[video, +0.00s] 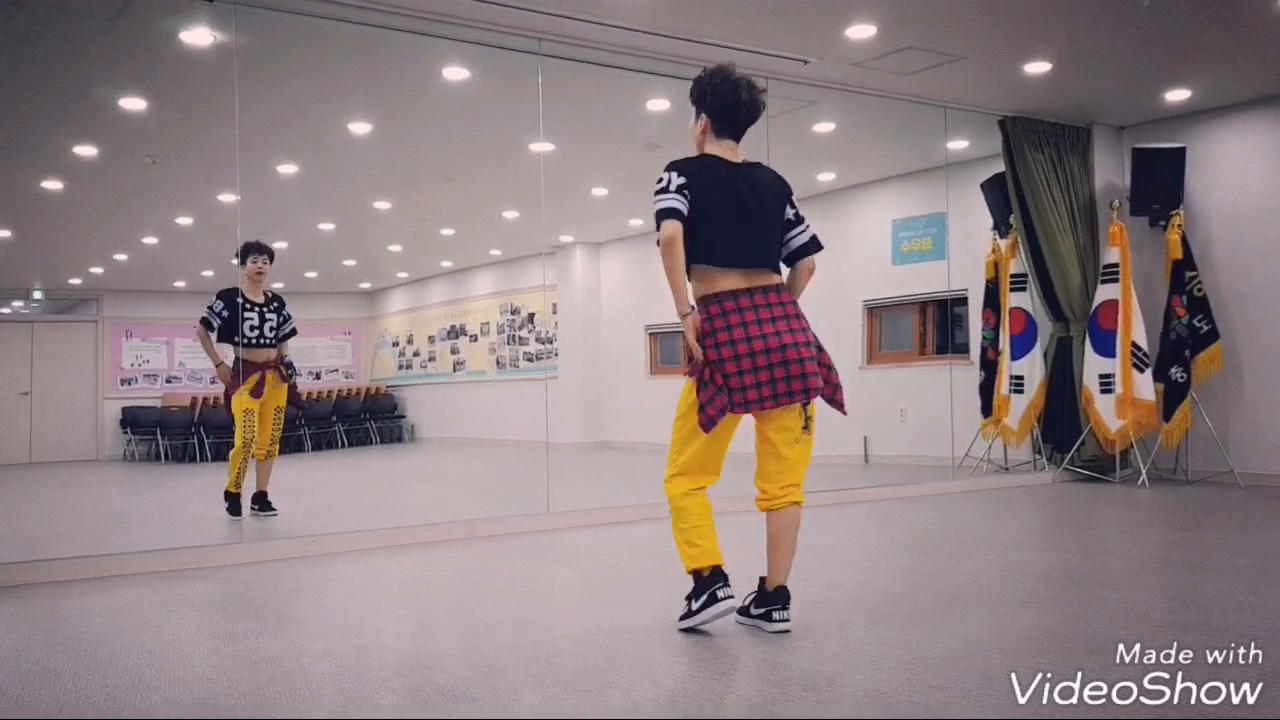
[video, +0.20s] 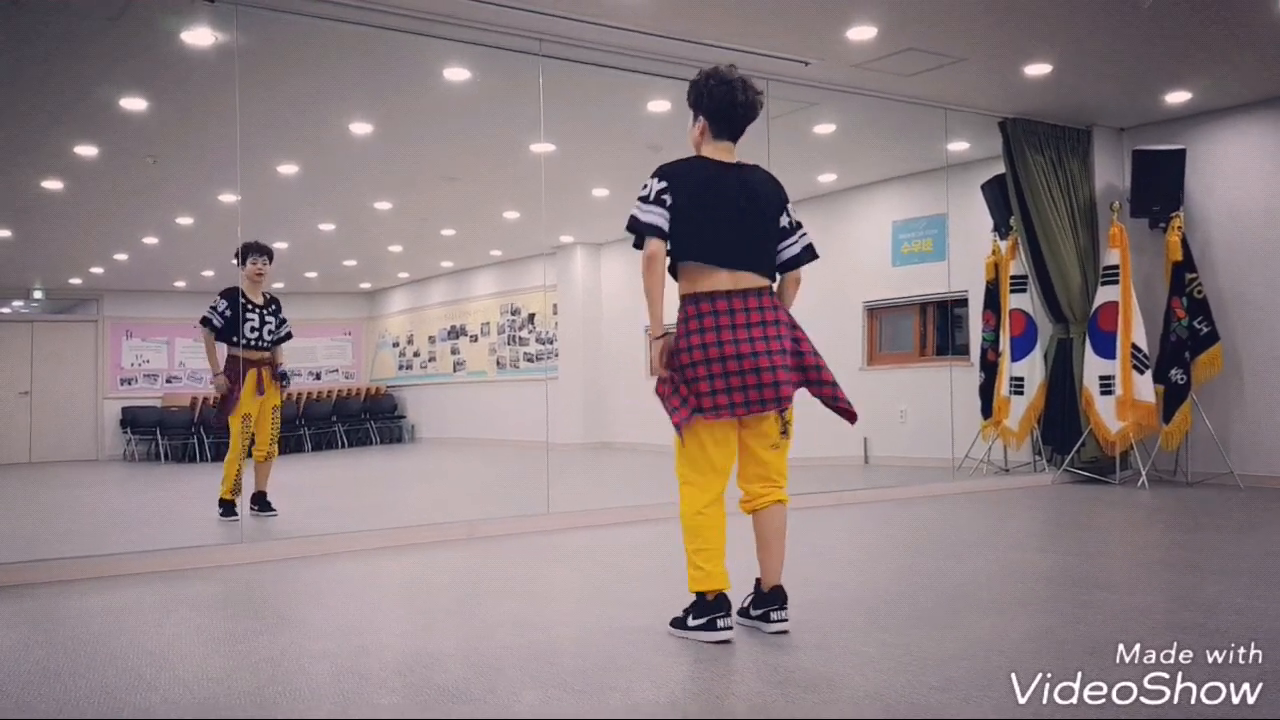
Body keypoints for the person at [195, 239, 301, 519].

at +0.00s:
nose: (260, 266)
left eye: (265, 262)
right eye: (253, 261)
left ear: (270, 268)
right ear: (242, 267)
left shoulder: (276, 301)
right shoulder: (229, 298)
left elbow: (283, 340)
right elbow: (203, 330)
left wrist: (285, 362)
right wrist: (219, 364)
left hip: (276, 373)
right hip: (246, 373)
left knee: (270, 440)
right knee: (246, 441)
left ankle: (261, 495)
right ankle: (233, 493)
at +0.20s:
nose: (259, 268)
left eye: (264, 263)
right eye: (253, 263)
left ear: (270, 269)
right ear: (242, 267)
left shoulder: (273, 303)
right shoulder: (230, 297)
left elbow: (277, 343)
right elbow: (207, 332)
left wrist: (281, 368)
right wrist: (217, 373)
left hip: (269, 372)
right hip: (241, 372)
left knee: (268, 439)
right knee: (240, 440)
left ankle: (260, 496)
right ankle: (228, 498)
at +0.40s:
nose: (262, 283)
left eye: (267, 277)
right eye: (256, 277)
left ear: (272, 276)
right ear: (245, 273)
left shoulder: (274, 304)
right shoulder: (229, 299)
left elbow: (277, 343)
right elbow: (210, 335)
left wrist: (274, 369)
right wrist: (227, 371)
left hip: (263, 377)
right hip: (235, 376)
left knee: (278, 440)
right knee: (231, 443)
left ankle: (261, 493)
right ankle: (226, 500)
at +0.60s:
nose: (265, 271)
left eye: (270, 267)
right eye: (259, 266)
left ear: (275, 273)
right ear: (247, 271)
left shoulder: (284, 307)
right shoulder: (232, 304)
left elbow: (294, 345)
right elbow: (201, 331)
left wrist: (278, 366)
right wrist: (232, 338)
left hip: (272, 383)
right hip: (239, 383)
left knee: (295, 435)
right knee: (233, 447)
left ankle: (319, 490)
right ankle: (227, 502)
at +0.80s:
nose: (282, 272)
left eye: (286, 268)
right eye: (276, 267)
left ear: (293, 274)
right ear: (266, 274)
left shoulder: (307, 304)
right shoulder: (256, 310)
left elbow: (324, 339)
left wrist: (309, 366)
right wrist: (245, 338)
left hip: (300, 381)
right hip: (267, 383)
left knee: (324, 441)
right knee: (245, 442)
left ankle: (338, 489)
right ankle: (231, 498)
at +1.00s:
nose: (309, 265)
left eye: (313, 260)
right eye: (303, 260)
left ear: (319, 265)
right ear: (292, 266)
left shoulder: (333, 291)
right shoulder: (286, 305)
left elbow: (363, 314)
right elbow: (280, 344)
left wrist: (354, 343)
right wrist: (269, 328)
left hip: (335, 368)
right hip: (303, 370)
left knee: (338, 434)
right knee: (286, 434)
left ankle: (341, 489)